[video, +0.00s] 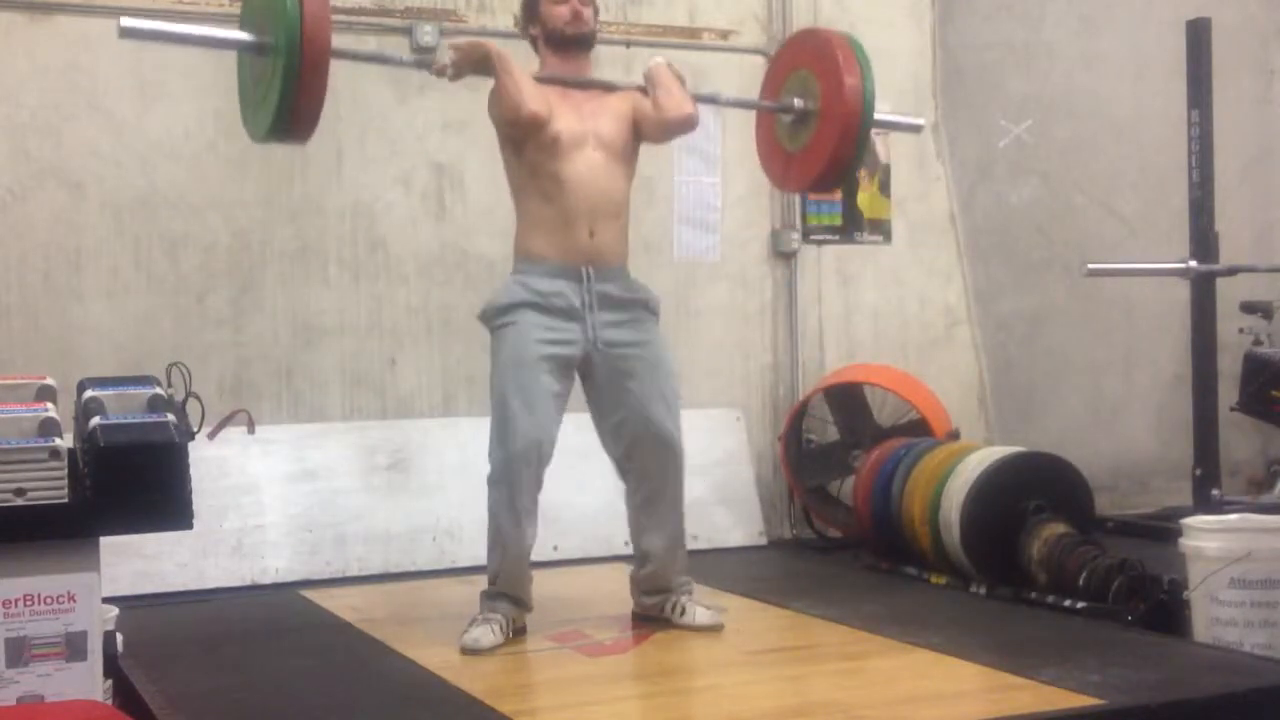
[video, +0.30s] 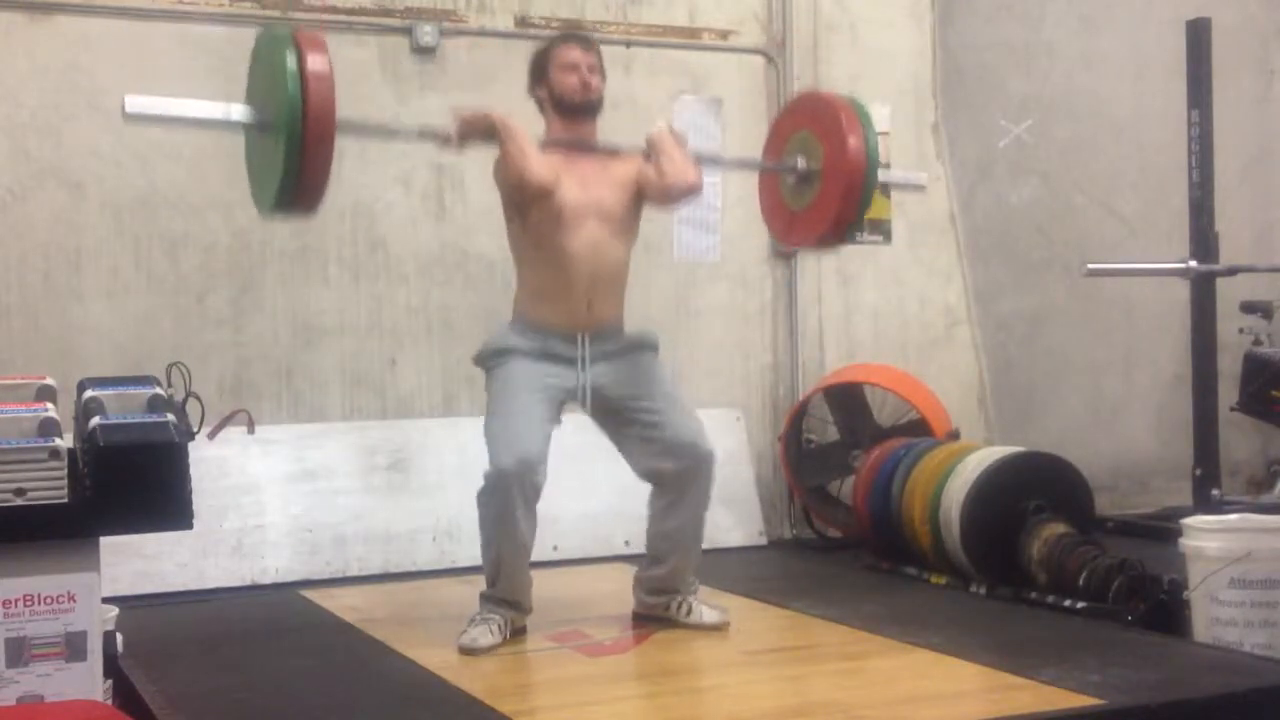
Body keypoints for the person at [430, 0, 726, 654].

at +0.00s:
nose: (578, 6)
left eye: (586, 1)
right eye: (561, 1)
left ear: (597, 23)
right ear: (535, 21)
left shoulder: (627, 102)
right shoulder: (520, 94)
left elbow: (681, 115)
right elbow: (527, 114)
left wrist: (656, 65)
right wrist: (494, 54)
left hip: (620, 300)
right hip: (537, 297)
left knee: (658, 438)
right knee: (520, 446)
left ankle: (661, 592)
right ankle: (504, 603)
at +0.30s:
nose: (585, 78)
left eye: (593, 70)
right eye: (569, 69)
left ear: (604, 87)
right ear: (542, 86)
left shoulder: (630, 165)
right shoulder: (526, 161)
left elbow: (682, 182)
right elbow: (530, 182)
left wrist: (664, 138)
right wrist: (500, 126)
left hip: (615, 352)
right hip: (533, 351)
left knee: (690, 455)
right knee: (513, 465)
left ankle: (664, 593)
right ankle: (502, 606)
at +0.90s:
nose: (603, 254)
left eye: (612, 244)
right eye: (589, 243)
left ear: (623, 257)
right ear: (558, 261)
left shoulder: (641, 343)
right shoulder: (532, 341)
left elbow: (694, 377)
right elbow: (550, 387)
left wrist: (674, 317)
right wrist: (515, 316)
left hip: (625, 511)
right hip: (550, 514)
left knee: (708, 478)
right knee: (504, 491)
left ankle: (662, 597)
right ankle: (504, 612)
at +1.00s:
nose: (605, 228)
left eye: (614, 218)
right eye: (591, 218)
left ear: (625, 232)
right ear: (560, 235)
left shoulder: (642, 319)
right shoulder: (535, 315)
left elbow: (694, 357)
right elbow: (553, 365)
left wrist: (677, 295)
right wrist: (518, 293)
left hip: (617, 476)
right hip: (544, 477)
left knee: (701, 472)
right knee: (510, 488)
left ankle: (662, 596)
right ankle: (504, 611)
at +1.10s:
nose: (609, 198)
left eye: (616, 189)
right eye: (593, 188)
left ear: (627, 202)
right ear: (563, 205)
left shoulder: (643, 288)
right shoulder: (536, 283)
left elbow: (694, 332)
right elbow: (553, 339)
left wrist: (677, 265)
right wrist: (518, 263)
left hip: (614, 443)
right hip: (536, 442)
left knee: (690, 466)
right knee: (536, 480)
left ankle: (664, 596)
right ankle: (506, 609)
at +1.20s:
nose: (609, 171)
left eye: (617, 161)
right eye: (594, 161)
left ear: (627, 174)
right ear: (564, 177)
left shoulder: (643, 261)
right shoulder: (536, 256)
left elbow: (693, 307)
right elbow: (552, 311)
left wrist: (676, 238)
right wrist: (517, 235)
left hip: (610, 414)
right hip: (531, 414)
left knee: (684, 465)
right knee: (539, 477)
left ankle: (663, 596)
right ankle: (505, 609)